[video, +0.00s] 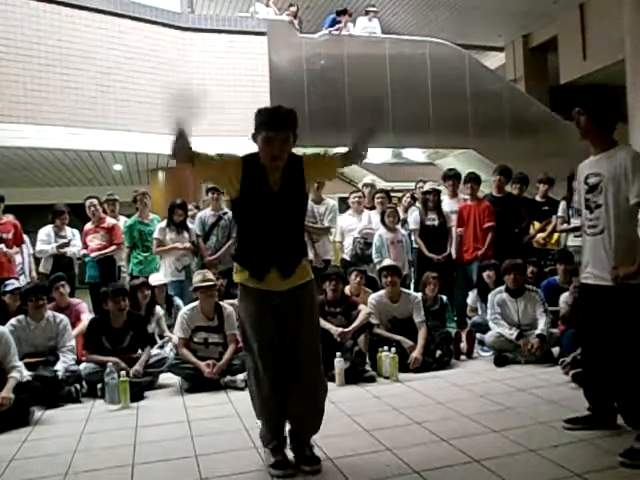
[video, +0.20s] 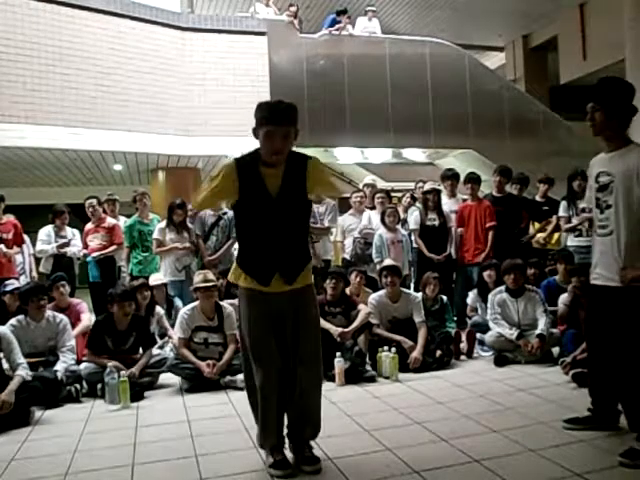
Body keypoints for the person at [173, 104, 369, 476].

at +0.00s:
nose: (275, 150)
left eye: (282, 142)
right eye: (268, 142)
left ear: (292, 141)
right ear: (256, 140)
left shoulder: (305, 166)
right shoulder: (237, 170)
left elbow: (348, 159)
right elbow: (191, 161)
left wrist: (359, 144)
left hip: (299, 281)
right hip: (255, 285)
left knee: (306, 363)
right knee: (265, 365)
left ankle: (303, 442)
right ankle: (274, 444)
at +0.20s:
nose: (277, 144)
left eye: (284, 136)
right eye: (269, 136)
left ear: (295, 135)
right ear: (256, 134)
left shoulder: (308, 167)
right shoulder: (235, 171)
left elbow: (343, 191)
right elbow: (198, 205)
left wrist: (354, 198)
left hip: (300, 283)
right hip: (256, 285)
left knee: (307, 363)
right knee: (265, 367)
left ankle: (302, 442)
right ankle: (273, 446)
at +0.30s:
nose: (276, 149)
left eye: (282, 142)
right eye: (268, 142)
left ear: (291, 144)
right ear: (254, 143)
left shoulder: (307, 182)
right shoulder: (235, 185)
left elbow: (316, 221)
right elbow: (231, 229)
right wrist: (216, 254)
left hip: (301, 288)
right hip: (257, 291)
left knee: (307, 368)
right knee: (267, 370)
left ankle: (302, 443)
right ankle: (274, 447)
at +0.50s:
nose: (279, 140)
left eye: (286, 134)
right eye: (272, 133)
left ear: (295, 137)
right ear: (257, 134)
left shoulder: (307, 175)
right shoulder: (238, 173)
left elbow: (318, 223)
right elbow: (208, 218)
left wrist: (335, 243)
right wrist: (197, 264)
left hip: (297, 275)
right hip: (256, 276)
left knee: (304, 357)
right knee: (267, 346)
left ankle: (282, 434)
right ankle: (267, 400)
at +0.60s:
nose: (280, 153)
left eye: (286, 146)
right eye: (271, 146)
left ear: (294, 149)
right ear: (256, 148)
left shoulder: (307, 192)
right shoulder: (235, 190)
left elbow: (336, 238)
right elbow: (200, 238)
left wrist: (344, 212)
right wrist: (180, 289)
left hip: (296, 285)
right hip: (257, 280)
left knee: (296, 367)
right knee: (261, 300)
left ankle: (280, 433)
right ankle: (261, 357)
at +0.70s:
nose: (280, 154)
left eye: (286, 147)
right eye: (272, 146)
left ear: (294, 149)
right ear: (257, 148)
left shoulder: (305, 188)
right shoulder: (238, 189)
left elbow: (342, 214)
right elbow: (204, 236)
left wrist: (348, 191)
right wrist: (186, 285)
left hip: (297, 282)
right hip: (256, 279)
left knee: (307, 370)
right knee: (259, 294)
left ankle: (282, 440)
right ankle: (277, 390)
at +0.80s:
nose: (278, 155)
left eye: (284, 148)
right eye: (270, 148)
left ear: (292, 149)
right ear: (256, 149)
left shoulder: (302, 180)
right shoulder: (237, 186)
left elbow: (337, 205)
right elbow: (218, 234)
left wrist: (344, 199)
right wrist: (207, 280)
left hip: (300, 292)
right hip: (259, 292)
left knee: (308, 372)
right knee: (268, 371)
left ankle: (283, 441)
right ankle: (276, 456)